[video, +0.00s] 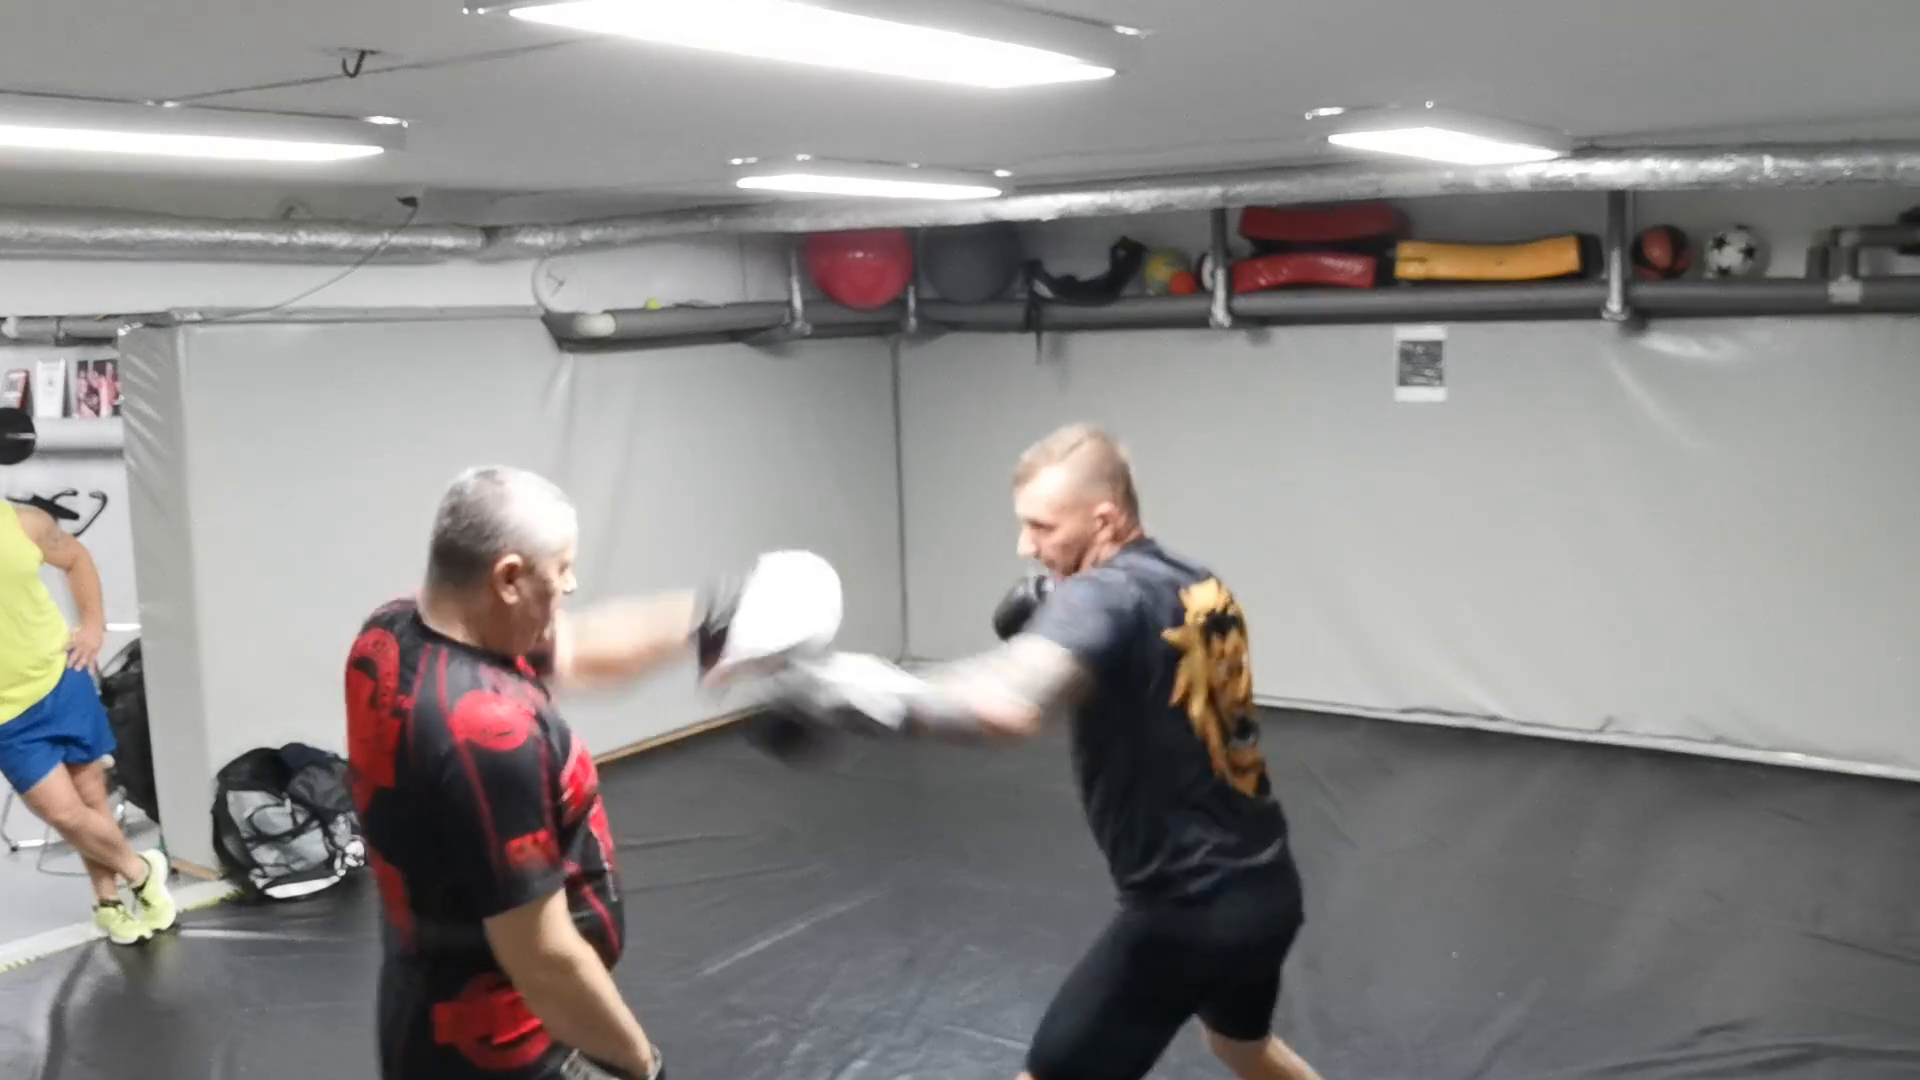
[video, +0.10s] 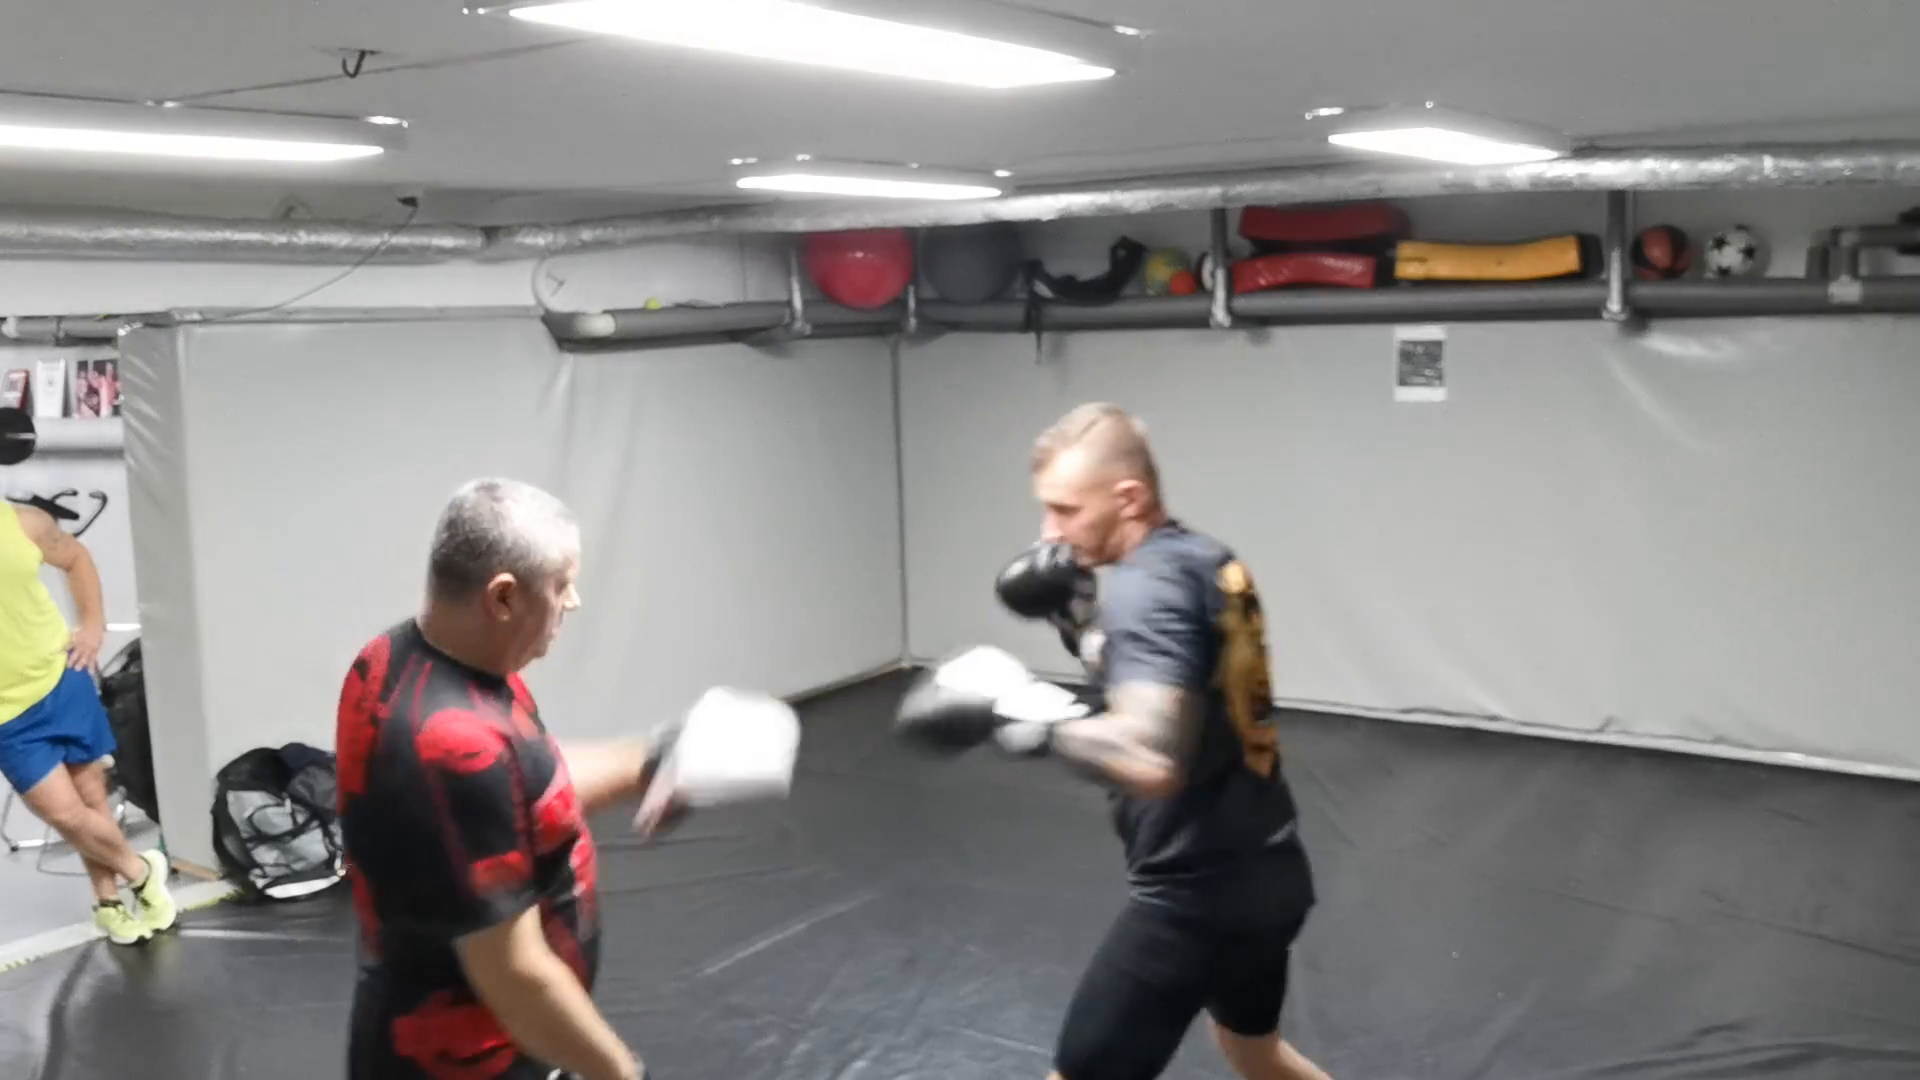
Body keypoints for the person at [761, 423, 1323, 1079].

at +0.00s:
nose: (1027, 549)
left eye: (1043, 527)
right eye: (1023, 527)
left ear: (1109, 518)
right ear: (1117, 520)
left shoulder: (1101, 596)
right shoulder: (1197, 584)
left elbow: (1010, 703)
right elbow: (1147, 660)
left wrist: (865, 689)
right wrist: (1056, 615)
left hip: (1187, 911)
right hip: (1258, 888)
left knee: (1056, 1068)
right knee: (1245, 1045)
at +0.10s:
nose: (1050, 531)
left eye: (1065, 511)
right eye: (1045, 510)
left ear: (1129, 499)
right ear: (1133, 499)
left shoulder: (1148, 581)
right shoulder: (1204, 558)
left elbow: (1151, 757)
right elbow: (1178, 690)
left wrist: (1026, 707)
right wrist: (1080, 615)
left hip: (1194, 891)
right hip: (1263, 869)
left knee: (1081, 1070)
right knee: (1254, 1047)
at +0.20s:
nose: (1101, 545)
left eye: (1114, 523)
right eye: (1094, 523)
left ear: (1176, 503)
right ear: (1178, 503)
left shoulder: (1213, 594)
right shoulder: (1222, 571)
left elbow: (1188, 773)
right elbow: (1150, 672)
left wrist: (1092, 664)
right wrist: (1092, 603)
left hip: (1229, 900)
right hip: (1273, 883)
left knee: (1115, 1068)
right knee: (1270, 1058)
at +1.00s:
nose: (1088, 556)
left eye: (1092, 530)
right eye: (1079, 534)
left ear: (1149, 504)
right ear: (1160, 501)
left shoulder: (1176, 606)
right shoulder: (1279, 568)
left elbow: (1089, 803)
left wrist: (1034, 670)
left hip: (1253, 956)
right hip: (1342, 934)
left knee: (1121, 1068)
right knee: (1334, 1068)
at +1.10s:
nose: (1070, 593)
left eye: (1079, 567)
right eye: (1063, 570)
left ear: (1143, 551)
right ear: (1151, 551)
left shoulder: (1172, 661)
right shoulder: (1260, 622)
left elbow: (1127, 876)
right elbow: (1098, 753)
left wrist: (1043, 759)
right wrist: (1097, 630)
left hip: (1225, 1009)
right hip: (1317, 986)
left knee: (1044, 1071)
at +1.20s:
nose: (987, 573)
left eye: (996, 548)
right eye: (984, 550)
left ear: (1062, 534)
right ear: (1074, 531)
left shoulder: (1078, 638)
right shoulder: (1204, 614)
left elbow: (1045, 834)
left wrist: (937, 778)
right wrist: (1048, 628)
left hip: (1122, 993)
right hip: (1237, 982)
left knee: (962, 1071)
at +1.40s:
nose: (868, 618)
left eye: (872, 599)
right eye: (863, 599)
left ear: (929, 585)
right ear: (980, 573)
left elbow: (679, 710)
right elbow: (1092, 837)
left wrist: (558, 654)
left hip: (983, 1040)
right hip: (1118, 1033)